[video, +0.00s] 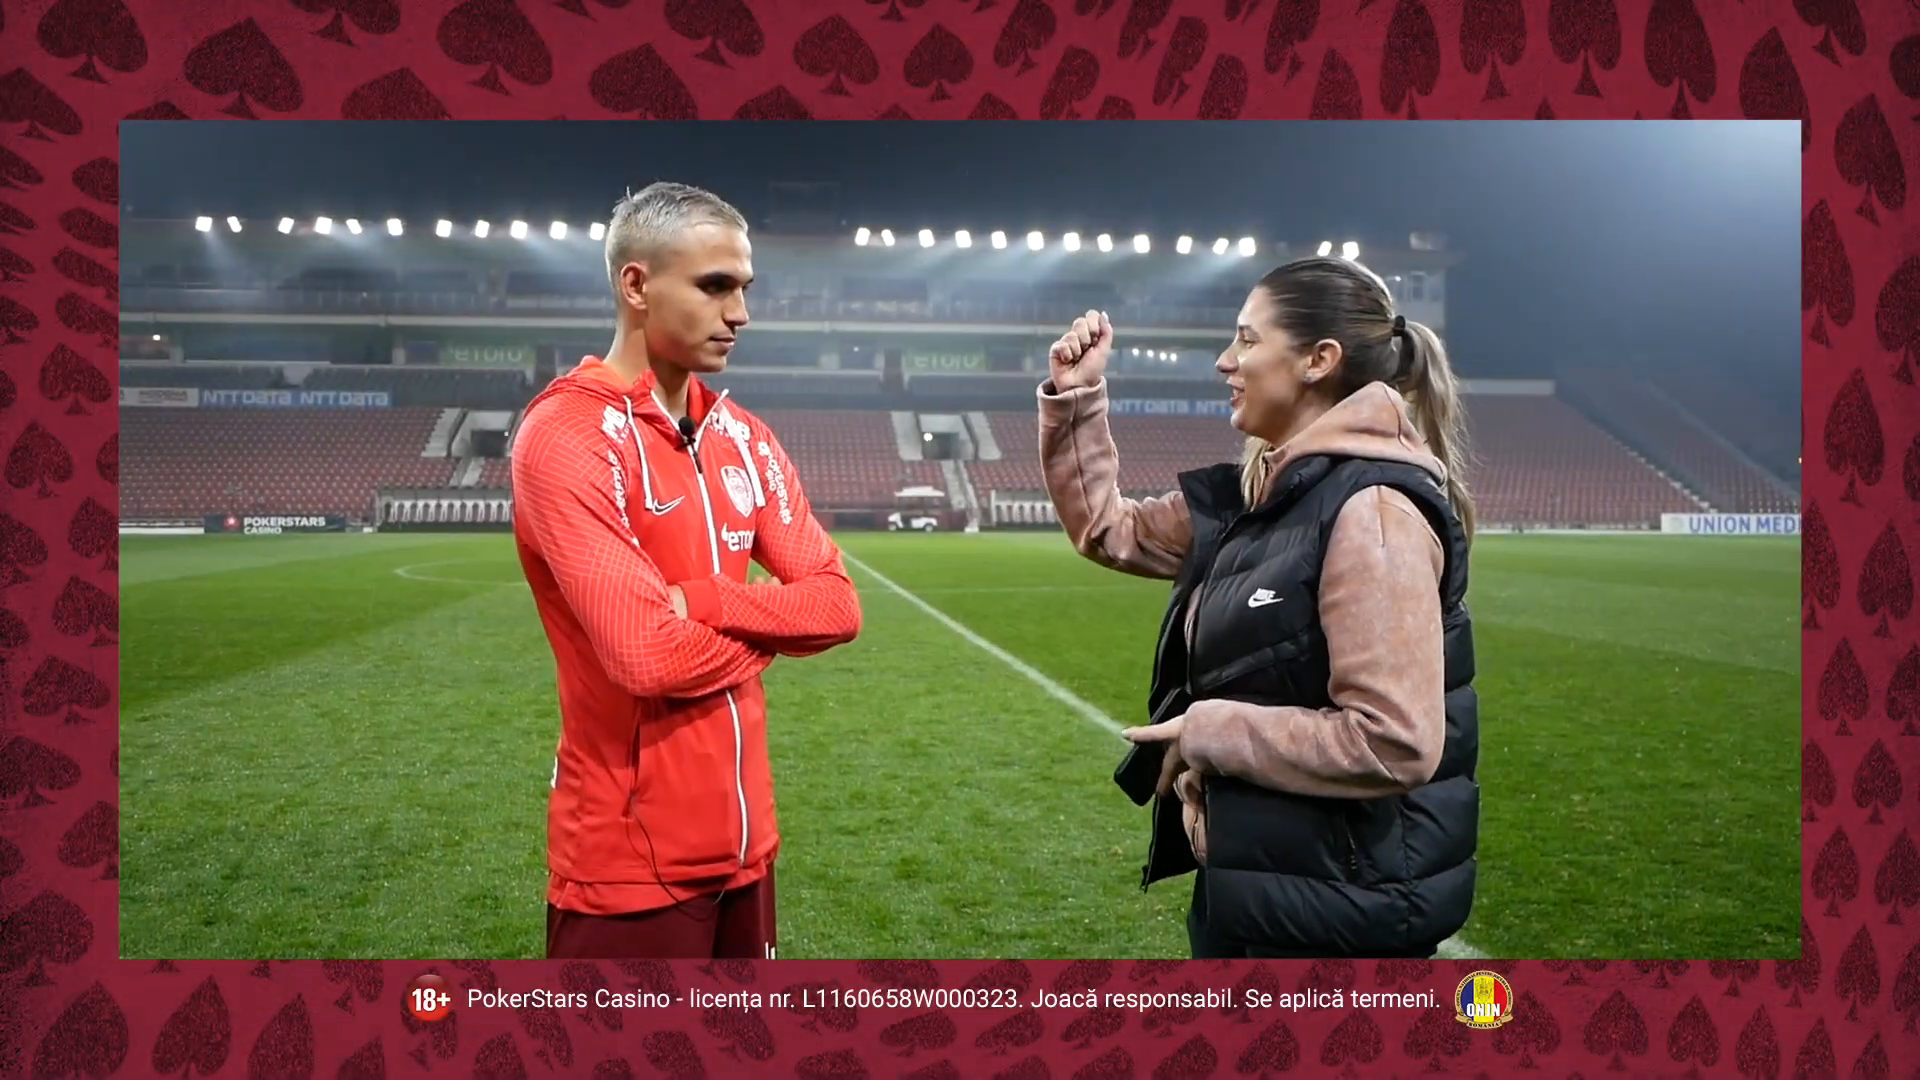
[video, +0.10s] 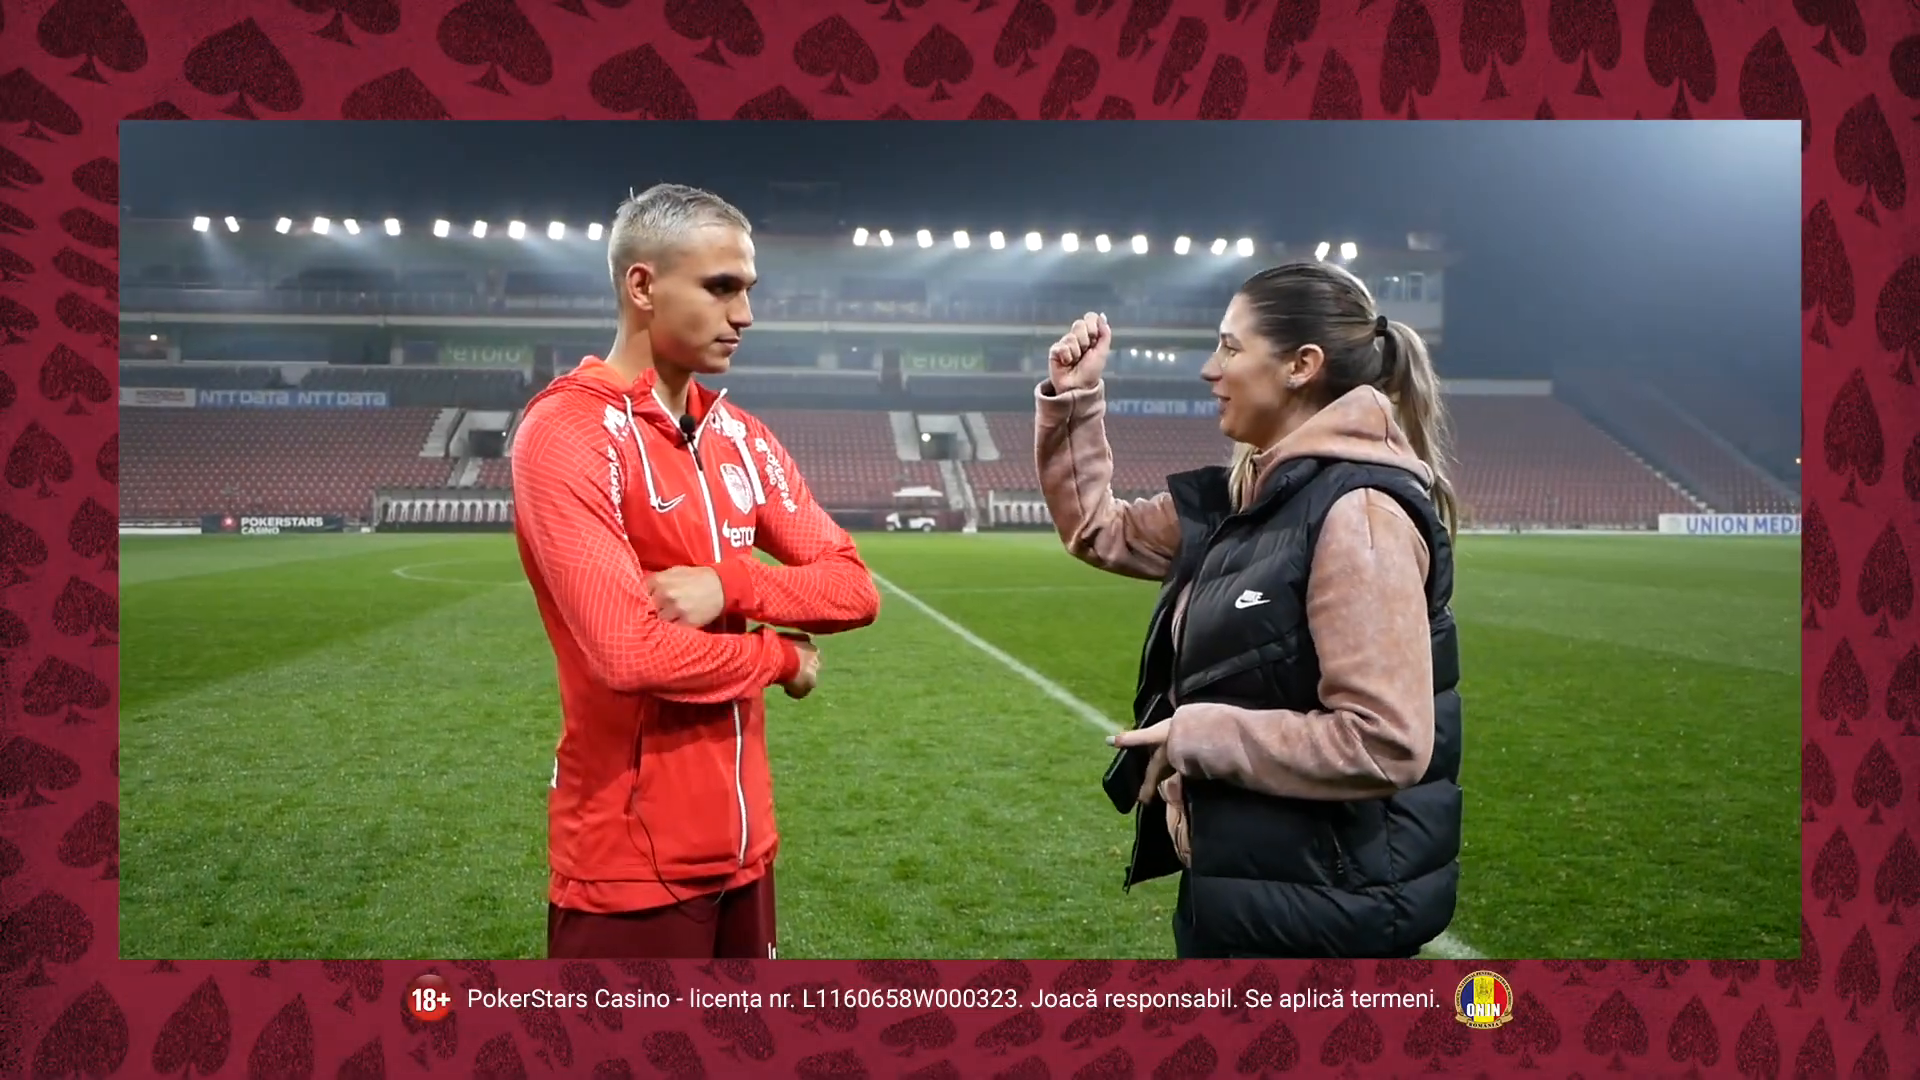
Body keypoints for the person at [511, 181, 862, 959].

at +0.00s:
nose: (740, 314)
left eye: (744, 290)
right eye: (715, 286)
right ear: (635, 285)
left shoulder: (744, 436)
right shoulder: (562, 438)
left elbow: (837, 607)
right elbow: (646, 659)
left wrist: (695, 600)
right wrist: (769, 627)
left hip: (741, 839)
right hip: (628, 853)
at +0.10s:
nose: (744, 314)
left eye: (748, 291)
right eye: (722, 287)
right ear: (641, 288)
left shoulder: (739, 433)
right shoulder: (563, 433)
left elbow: (854, 587)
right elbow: (629, 651)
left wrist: (730, 584)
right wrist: (779, 655)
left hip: (741, 840)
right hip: (629, 851)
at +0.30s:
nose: (763, 328)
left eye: (766, 304)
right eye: (744, 299)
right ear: (666, 290)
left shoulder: (735, 436)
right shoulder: (568, 436)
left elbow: (794, 591)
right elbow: (709, 598)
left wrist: (801, 637)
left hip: (743, 843)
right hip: (633, 855)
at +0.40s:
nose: (763, 329)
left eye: (768, 305)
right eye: (745, 302)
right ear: (677, 296)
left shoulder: (727, 444)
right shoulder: (588, 434)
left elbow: (757, 616)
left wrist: (786, 676)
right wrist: (784, 345)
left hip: (743, 850)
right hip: (641, 865)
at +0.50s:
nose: (778, 333)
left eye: (778, 310)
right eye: (759, 304)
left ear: (690, 300)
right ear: (683, 296)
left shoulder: (710, 434)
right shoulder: (605, 431)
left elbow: (734, 621)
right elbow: (832, 531)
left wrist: (786, 680)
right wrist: (845, 343)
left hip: (735, 856)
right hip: (645, 870)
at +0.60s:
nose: (779, 327)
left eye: (780, 304)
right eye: (761, 299)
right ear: (683, 296)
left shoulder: (693, 427)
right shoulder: (619, 432)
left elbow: (704, 622)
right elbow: (848, 535)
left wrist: (780, 674)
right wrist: (925, 379)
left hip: (727, 856)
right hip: (650, 870)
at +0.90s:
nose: (772, 319)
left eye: (774, 295)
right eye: (753, 290)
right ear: (675, 291)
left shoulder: (711, 430)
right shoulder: (613, 426)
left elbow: (742, 610)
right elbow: (821, 552)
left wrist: (795, 669)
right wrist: (925, 413)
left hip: (741, 848)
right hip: (658, 860)